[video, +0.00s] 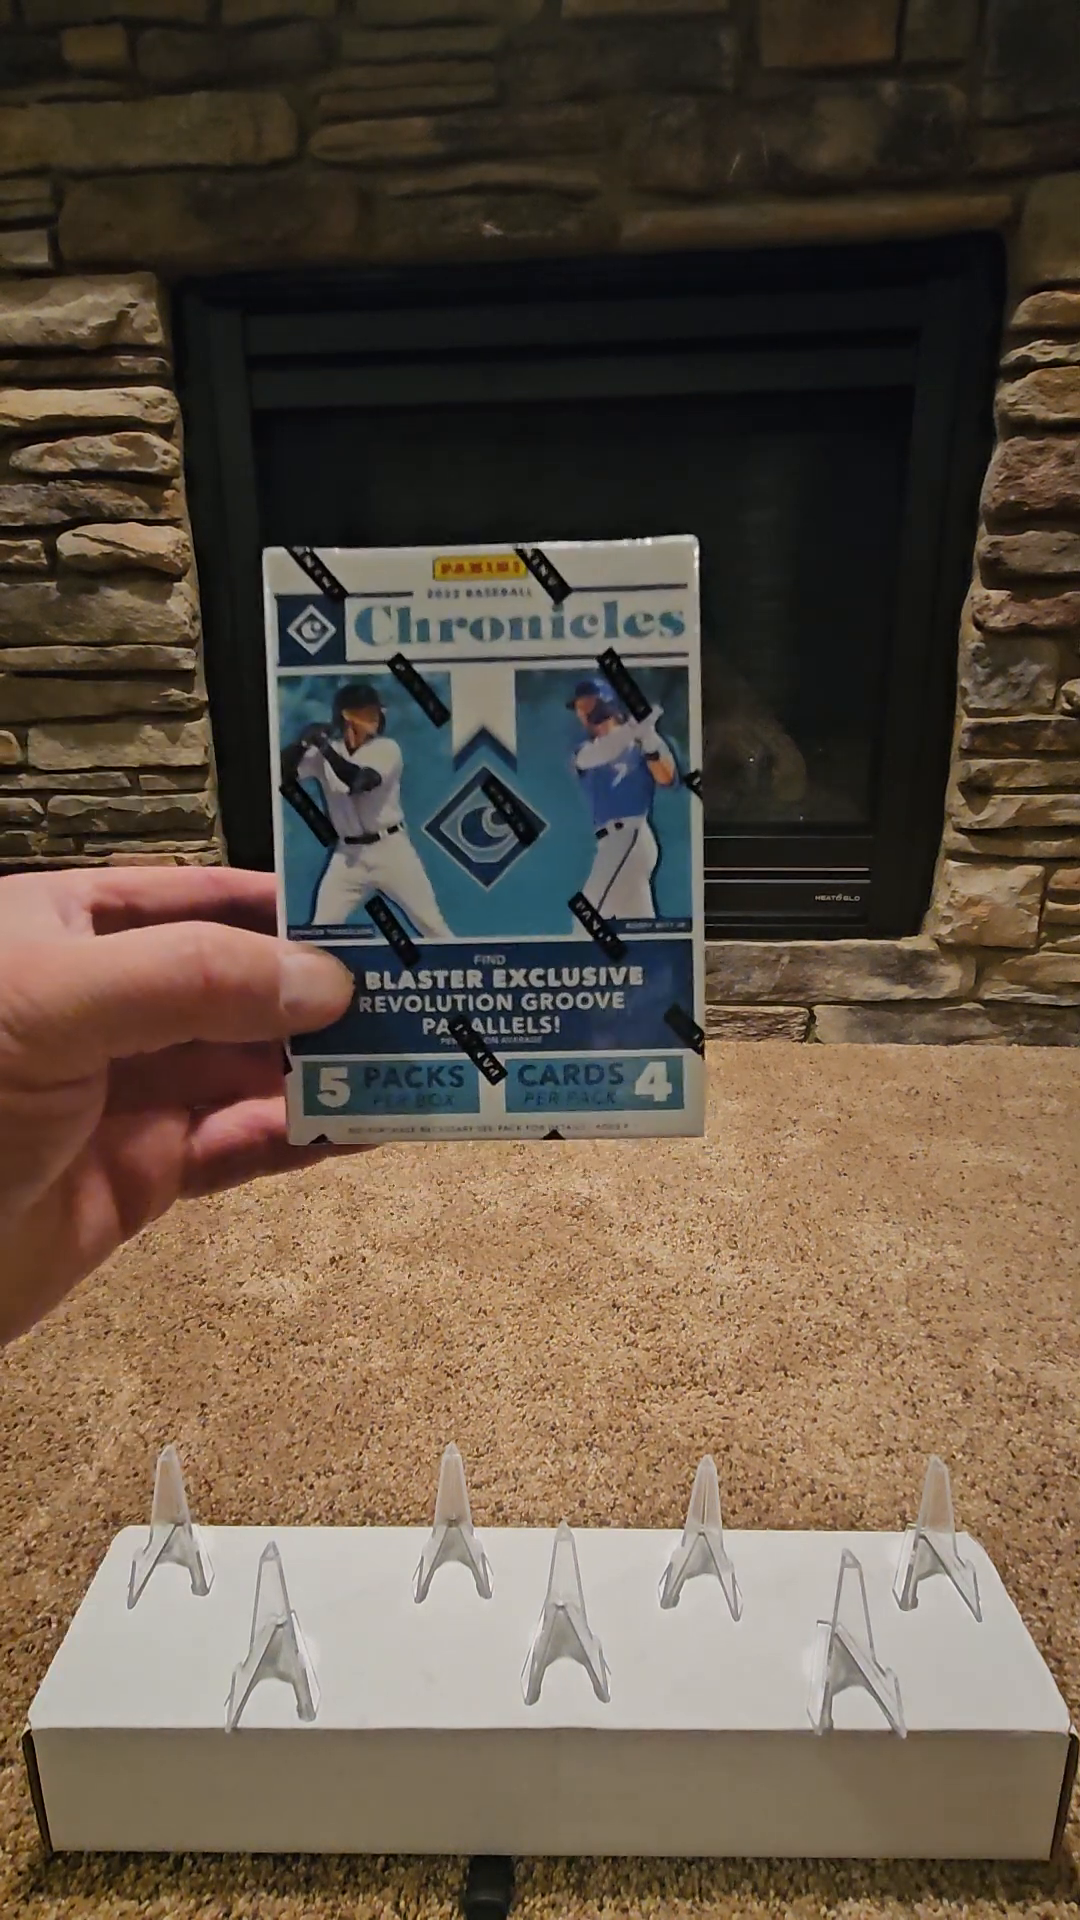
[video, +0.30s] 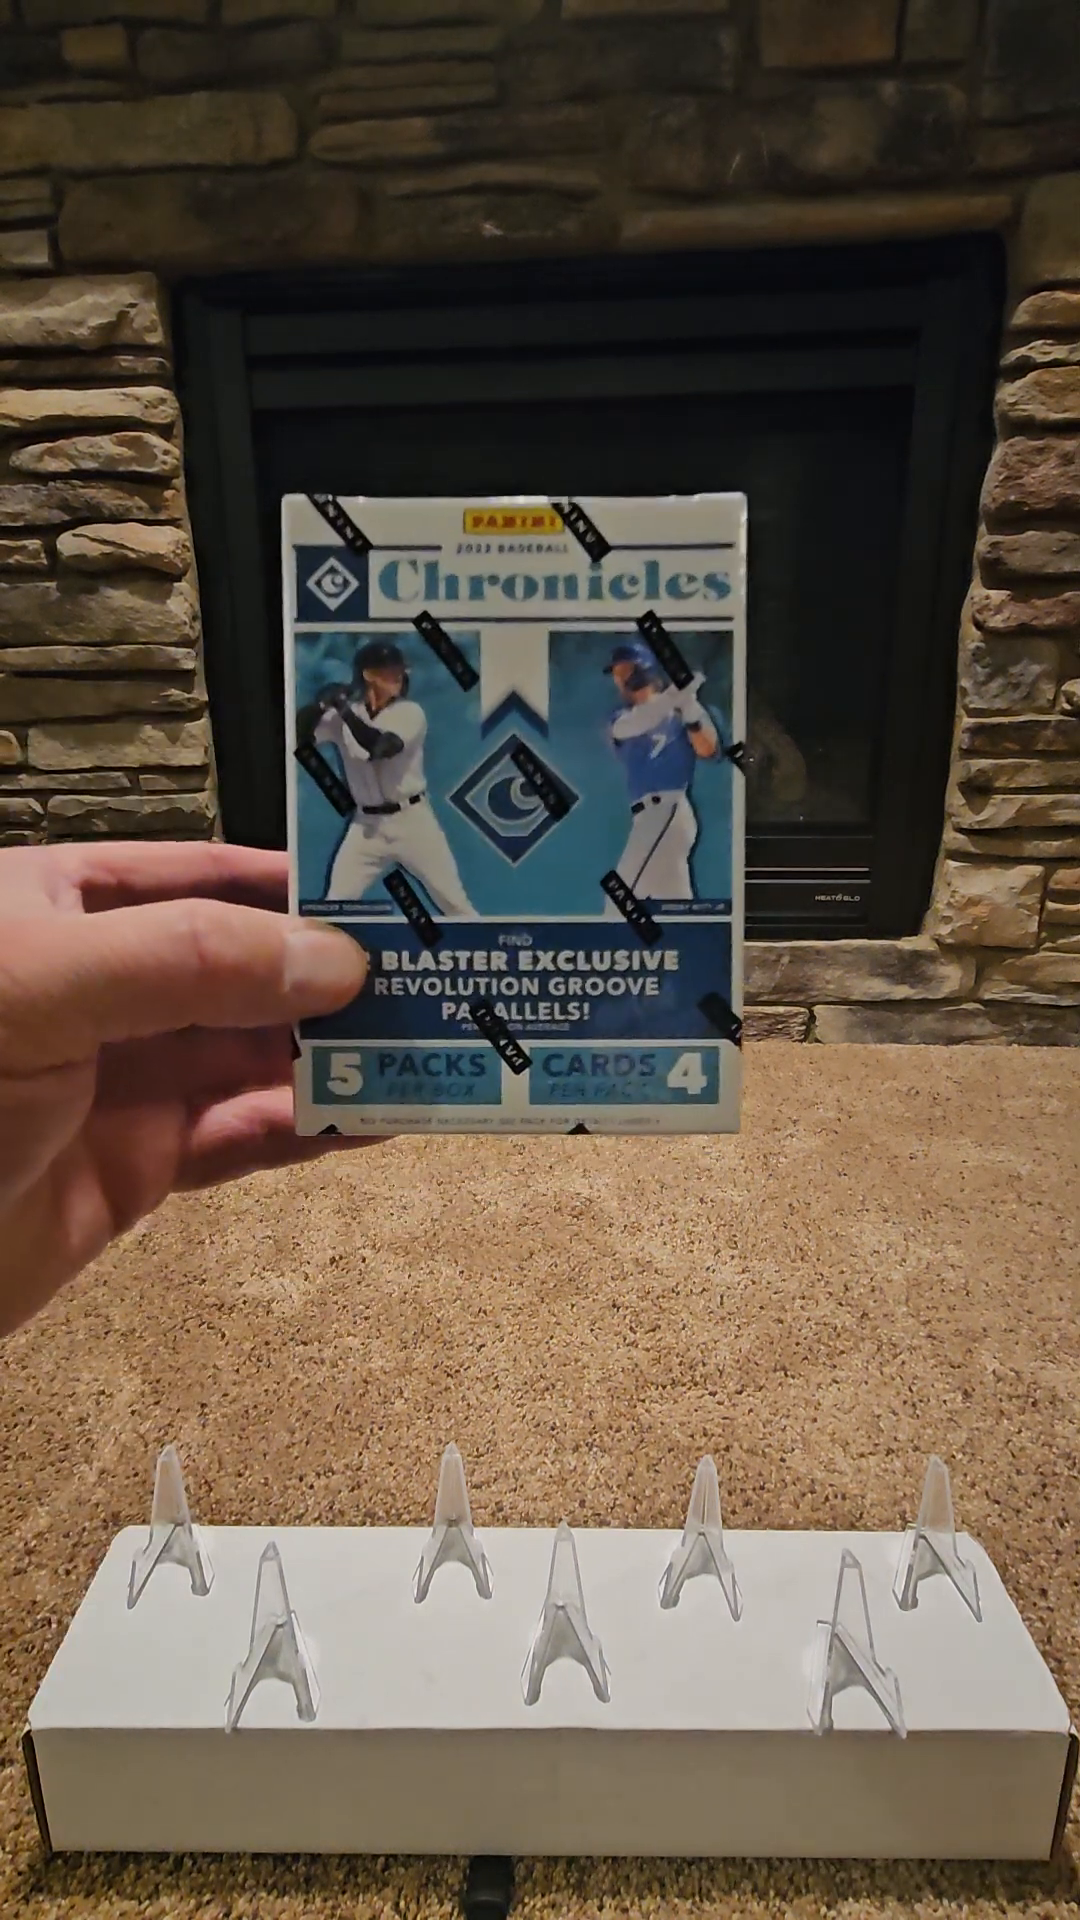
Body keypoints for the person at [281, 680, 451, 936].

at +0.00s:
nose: (375, 716)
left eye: (376, 710)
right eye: (366, 710)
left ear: (380, 713)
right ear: (347, 716)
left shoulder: (386, 748)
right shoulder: (322, 755)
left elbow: (358, 782)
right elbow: (281, 775)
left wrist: (324, 747)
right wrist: (302, 744)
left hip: (392, 851)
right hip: (347, 856)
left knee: (431, 925)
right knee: (322, 932)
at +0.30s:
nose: (398, 675)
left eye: (399, 669)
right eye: (389, 669)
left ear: (403, 673)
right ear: (368, 675)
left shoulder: (409, 712)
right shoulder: (341, 717)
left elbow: (380, 748)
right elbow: (299, 736)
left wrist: (343, 709)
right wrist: (320, 704)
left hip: (413, 822)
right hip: (366, 826)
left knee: (454, 904)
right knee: (336, 908)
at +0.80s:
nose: (401, 671)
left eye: (402, 665)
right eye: (392, 665)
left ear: (407, 668)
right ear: (370, 669)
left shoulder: (412, 708)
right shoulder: (342, 711)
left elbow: (378, 742)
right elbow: (296, 731)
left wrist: (344, 703)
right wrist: (320, 699)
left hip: (413, 818)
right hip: (364, 821)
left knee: (454, 901)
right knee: (333, 904)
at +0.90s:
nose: (399, 668)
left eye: (400, 662)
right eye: (391, 662)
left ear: (402, 667)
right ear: (367, 668)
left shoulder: (408, 705)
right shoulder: (338, 708)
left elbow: (376, 740)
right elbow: (292, 727)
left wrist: (341, 700)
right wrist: (319, 697)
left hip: (410, 814)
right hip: (361, 818)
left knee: (451, 897)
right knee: (330, 897)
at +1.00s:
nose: (401, 671)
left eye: (402, 665)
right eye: (393, 664)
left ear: (404, 669)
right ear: (369, 669)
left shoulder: (410, 708)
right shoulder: (340, 711)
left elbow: (378, 742)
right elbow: (295, 729)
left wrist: (343, 702)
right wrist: (321, 698)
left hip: (411, 817)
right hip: (362, 821)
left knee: (452, 900)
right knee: (331, 900)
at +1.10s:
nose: (403, 674)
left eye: (404, 668)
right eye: (395, 668)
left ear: (406, 672)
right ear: (371, 672)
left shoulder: (412, 710)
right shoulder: (341, 713)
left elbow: (379, 744)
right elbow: (296, 732)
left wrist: (344, 704)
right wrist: (321, 701)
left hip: (412, 819)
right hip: (364, 822)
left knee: (452, 900)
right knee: (332, 902)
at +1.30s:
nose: (405, 673)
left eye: (405, 667)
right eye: (397, 667)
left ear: (408, 671)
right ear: (374, 671)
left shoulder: (414, 710)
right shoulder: (343, 714)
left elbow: (381, 743)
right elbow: (297, 732)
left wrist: (346, 704)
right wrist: (322, 702)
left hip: (415, 821)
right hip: (366, 824)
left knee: (456, 904)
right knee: (335, 905)